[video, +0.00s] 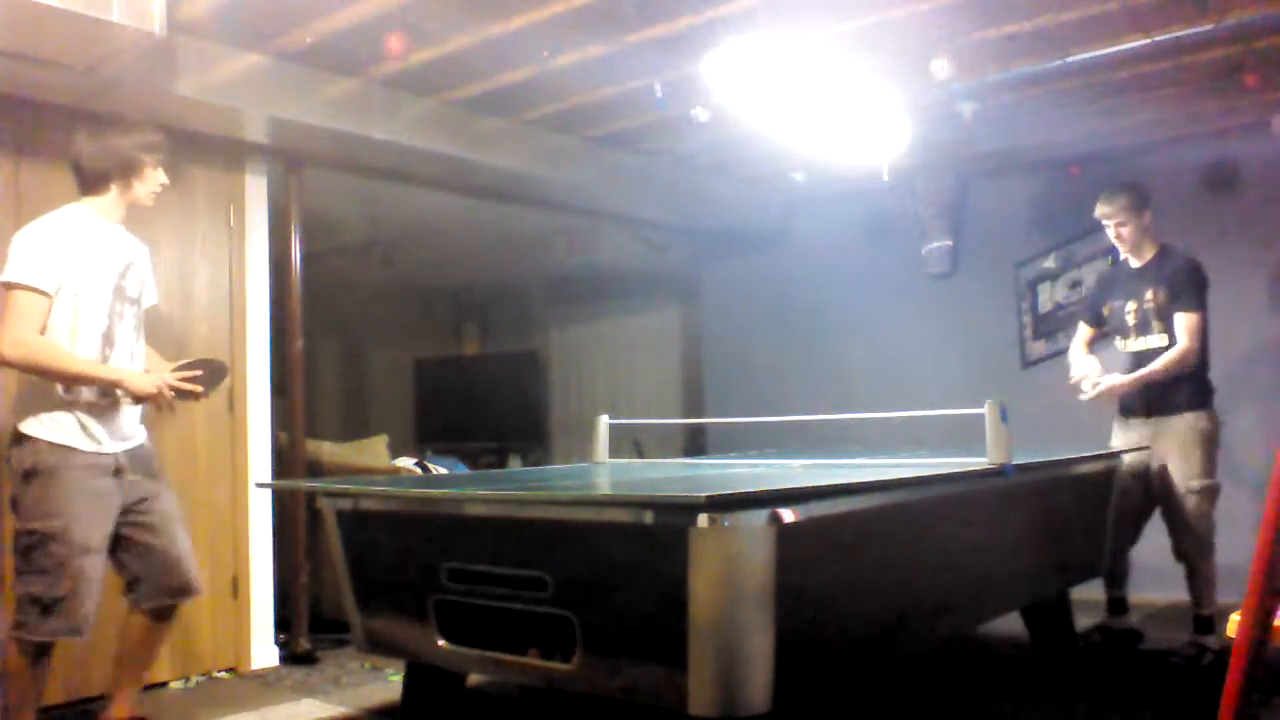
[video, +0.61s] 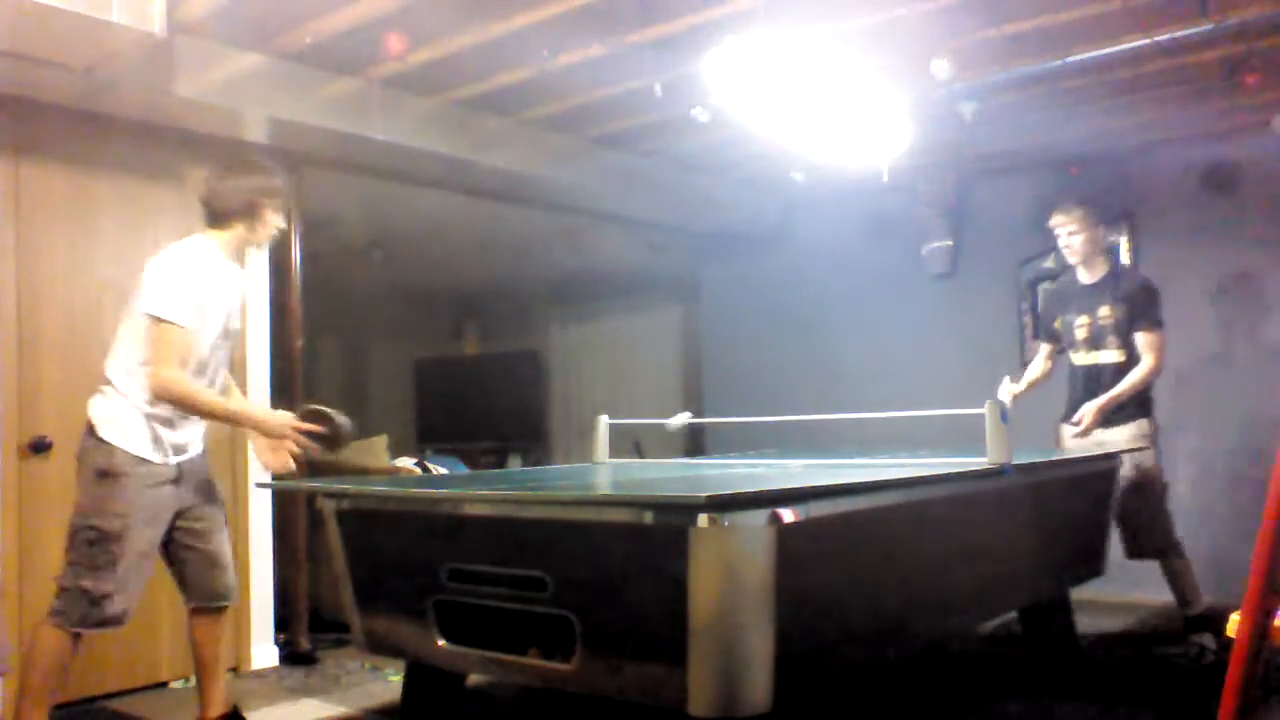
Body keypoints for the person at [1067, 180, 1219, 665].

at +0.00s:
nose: (1114, 235)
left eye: (1121, 224)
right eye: (1107, 227)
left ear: (1145, 217)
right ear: (1104, 229)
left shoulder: (1182, 270)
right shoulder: (1107, 279)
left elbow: (1189, 350)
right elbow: (1078, 346)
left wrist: (1128, 380)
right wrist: (1083, 365)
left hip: (1183, 422)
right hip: (1129, 424)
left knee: (1193, 535)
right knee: (1111, 533)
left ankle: (1204, 630)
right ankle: (1117, 621)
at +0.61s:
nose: (1065, 243)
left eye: (1073, 233)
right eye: (1058, 236)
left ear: (1099, 232)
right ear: (1055, 241)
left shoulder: (1134, 288)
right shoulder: (1057, 295)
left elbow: (1152, 361)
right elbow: (1046, 355)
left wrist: (1101, 404)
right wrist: (1020, 385)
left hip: (1129, 429)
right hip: (1077, 432)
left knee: (1152, 530)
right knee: (1063, 532)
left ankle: (1197, 619)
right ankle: (1043, 620)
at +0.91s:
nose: (996, 247)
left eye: (1004, 238)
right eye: (992, 240)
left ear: (1027, 238)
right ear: (989, 244)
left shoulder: (1063, 288)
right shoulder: (998, 301)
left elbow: (1089, 355)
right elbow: (1003, 356)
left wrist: (1056, 411)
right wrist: (978, 396)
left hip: (1072, 425)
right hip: (1023, 429)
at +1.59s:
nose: (1004, 262)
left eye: (1007, 251)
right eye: (999, 255)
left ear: (1030, 241)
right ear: (1013, 251)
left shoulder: (1062, 279)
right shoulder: (1035, 289)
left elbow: (1089, 345)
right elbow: (1054, 358)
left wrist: (1055, 407)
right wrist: (1036, 404)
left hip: (1080, 420)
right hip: (1057, 421)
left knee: (1048, 524)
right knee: (1093, 522)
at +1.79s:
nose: (1032, 266)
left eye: (1033, 256)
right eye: (1028, 259)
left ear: (1053, 244)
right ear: (1058, 243)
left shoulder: (1074, 280)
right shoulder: (1100, 274)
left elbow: (1091, 349)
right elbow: (1108, 357)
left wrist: (1063, 414)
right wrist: (1063, 380)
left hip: (1099, 419)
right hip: (1125, 414)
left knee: (1065, 518)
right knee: (1115, 523)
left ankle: (1046, 621)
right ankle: (1147, 620)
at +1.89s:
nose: (1045, 258)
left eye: (1047, 247)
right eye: (1040, 250)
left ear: (1070, 237)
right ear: (1072, 239)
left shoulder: (1088, 274)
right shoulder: (1106, 270)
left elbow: (1102, 348)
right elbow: (1094, 350)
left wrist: (1073, 412)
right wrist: (1032, 360)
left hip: (1113, 415)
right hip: (1132, 412)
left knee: (1097, 511)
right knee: (1122, 519)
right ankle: (1148, 618)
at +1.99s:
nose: (1057, 249)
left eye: (1061, 238)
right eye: (1053, 242)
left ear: (1087, 230)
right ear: (1065, 241)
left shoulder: (1108, 274)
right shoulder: (1090, 279)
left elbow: (1112, 348)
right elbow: (1066, 333)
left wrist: (1083, 410)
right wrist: (1012, 331)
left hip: (1135, 413)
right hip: (1115, 413)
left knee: (1124, 521)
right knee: (1119, 520)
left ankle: (1151, 618)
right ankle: (1167, 593)